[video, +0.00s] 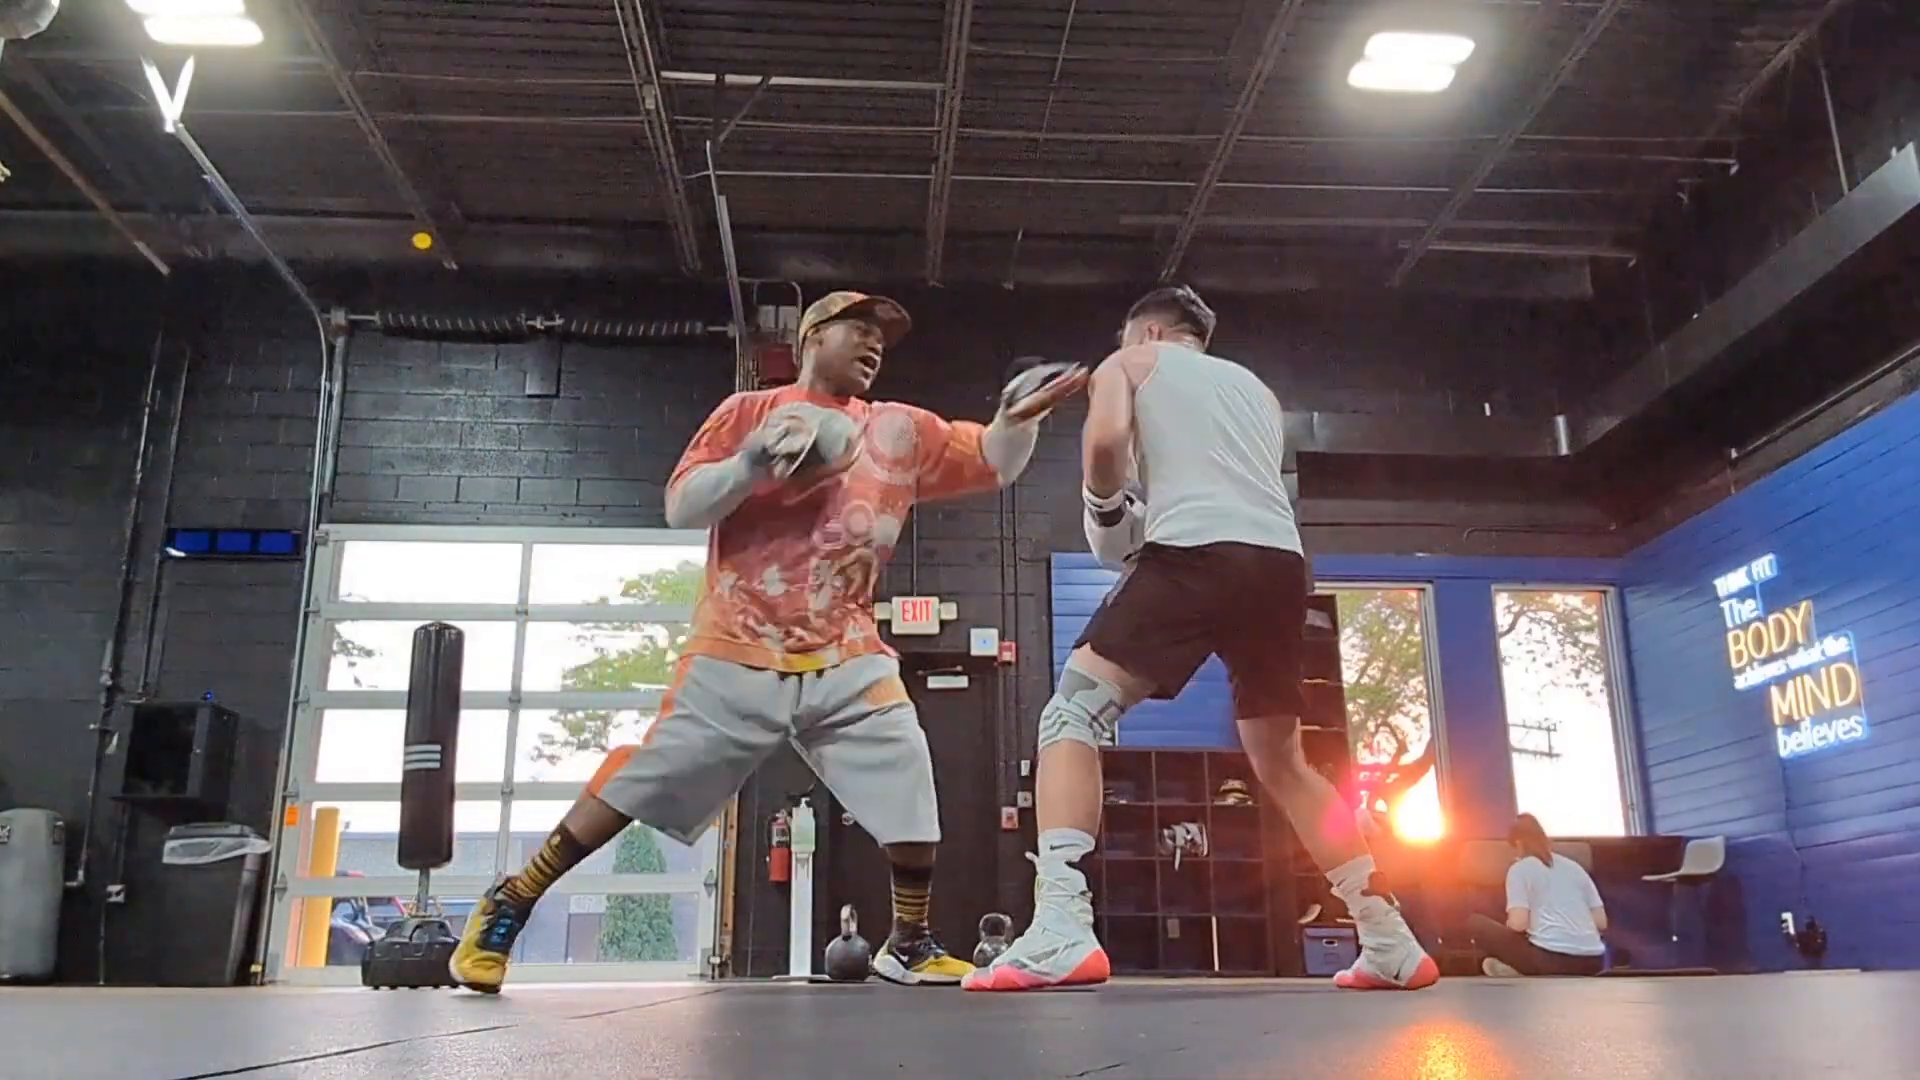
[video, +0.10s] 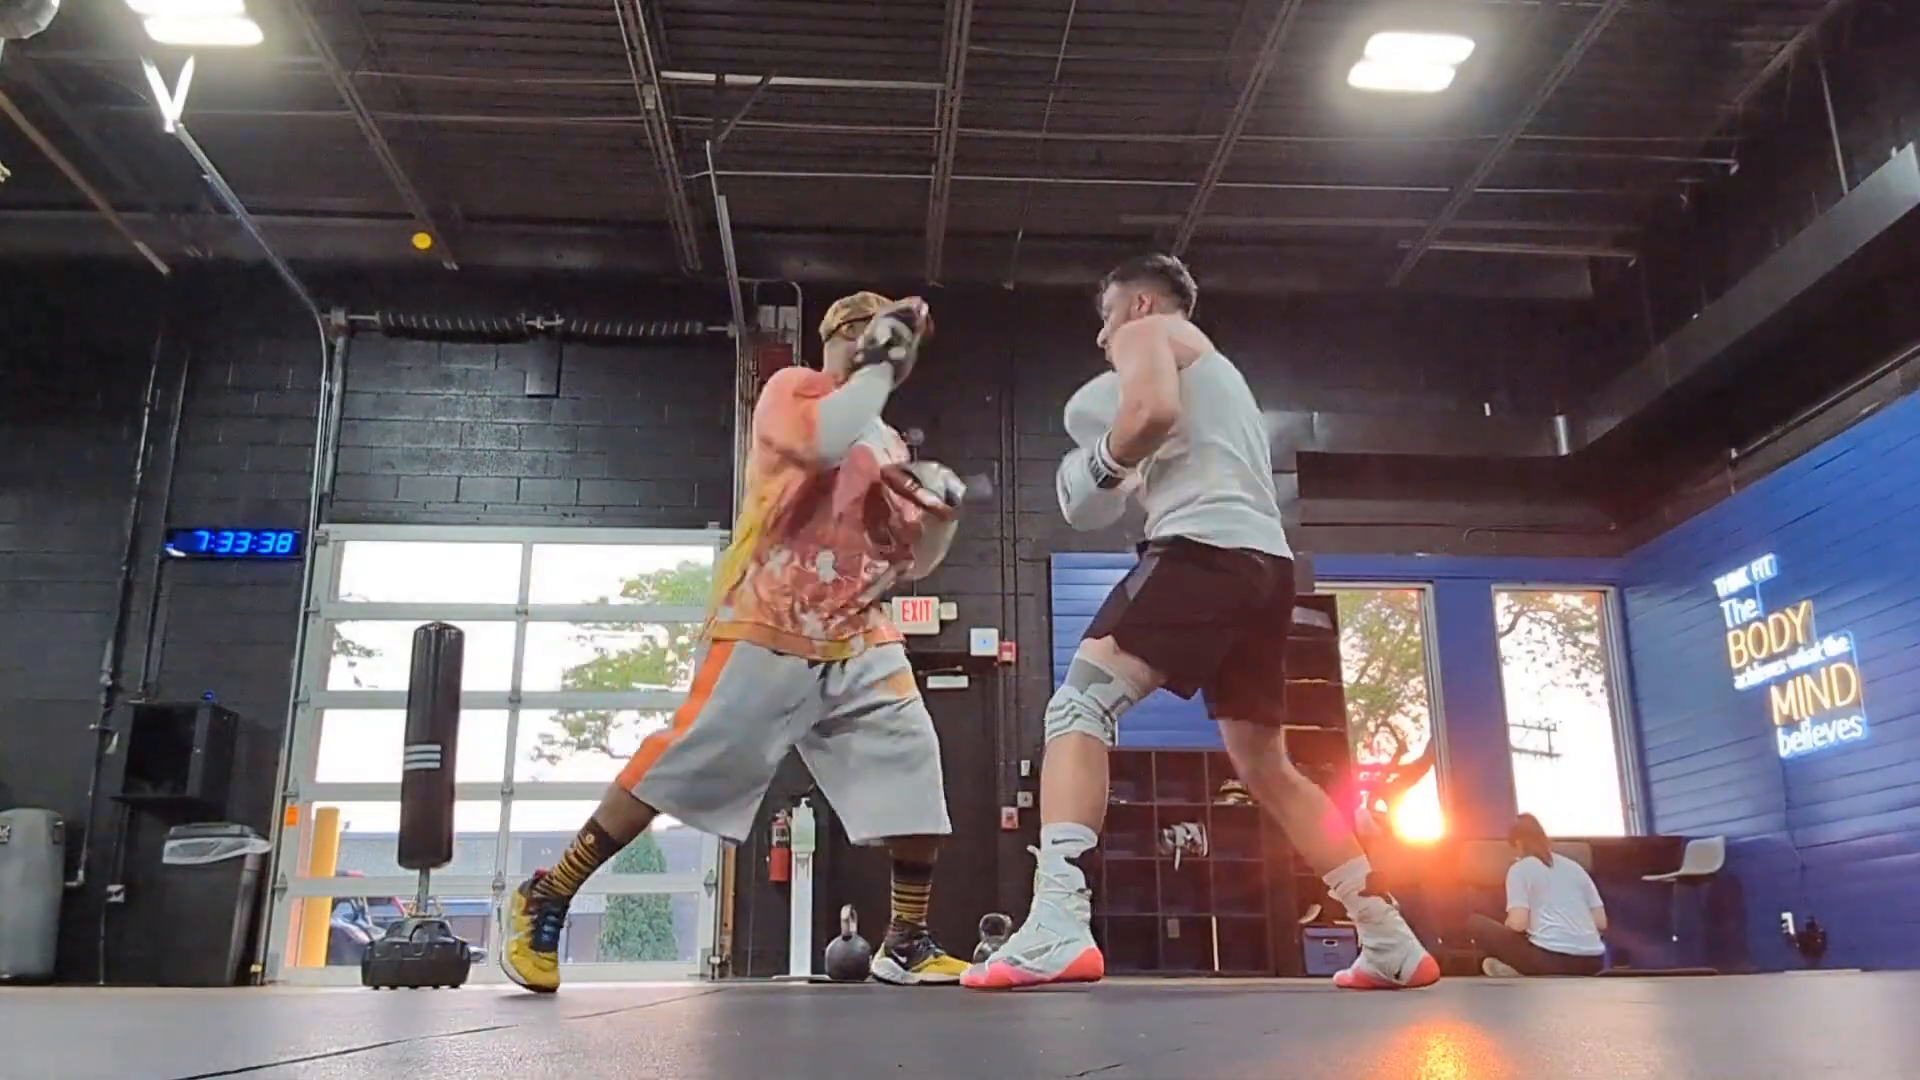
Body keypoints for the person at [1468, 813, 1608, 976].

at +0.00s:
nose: (1514, 852)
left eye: (1513, 847)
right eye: (1512, 848)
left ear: (1519, 844)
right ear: (1543, 839)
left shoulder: (1520, 870)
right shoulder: (1575, 868)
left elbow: (1518, 924)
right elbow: (1600, 921)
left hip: (1550, 961)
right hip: (1592, 962)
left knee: (1475, 923)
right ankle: (1511, 965)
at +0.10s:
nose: (1514, 853)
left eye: (1513, 847)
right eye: (1512, 848)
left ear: (1519, 844)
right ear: (1543, 839)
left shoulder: (1520, 870)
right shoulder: (1575, 868)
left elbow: (1518, 923)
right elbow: (1600, 921)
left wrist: (1508, 924)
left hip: (1550, 961)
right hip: (1592, 962)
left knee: (1475, 923)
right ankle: (1511, 965)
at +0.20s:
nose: (1514, 853)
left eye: (1513, 848)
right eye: (1513, 848)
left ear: (1519, 844)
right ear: (1543, 839)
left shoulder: (1520, 870)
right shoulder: (1575, 867)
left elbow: (1519, 924)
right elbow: (1600, 922)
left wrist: (1508, 921)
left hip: (1550, 961)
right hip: (1592, 962)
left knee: (1475, 923)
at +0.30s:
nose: (1515, 853)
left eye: (1514, 848)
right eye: (1513, 848)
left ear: (1519, 844)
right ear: (1543, 839)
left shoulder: (1520, 870)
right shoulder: (1575, 867)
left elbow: (1519, 924)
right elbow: (1601, 922)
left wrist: (1508, 920)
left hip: (1550, 961)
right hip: (1592, 962)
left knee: (1475, 923)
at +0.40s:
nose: (1514, 853)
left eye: (1513, 848)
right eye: (1513, 848)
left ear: (1519, 844)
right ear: (1544, 840)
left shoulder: (1520, 870)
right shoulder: (1575, 867)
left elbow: (1519, 924)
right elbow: (1601, 922)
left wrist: (1508, 920)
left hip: (1550, 961)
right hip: (1592, 962)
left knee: (1475, 923)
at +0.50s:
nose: (1515, 853)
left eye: (1513, 848)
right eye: (1513, 848)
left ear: (1518, 844)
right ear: (1544, 839)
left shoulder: (1520, 869)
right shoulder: (1575, 867)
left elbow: (1519, 924)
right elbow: (1601, 922)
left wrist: (1508, 920)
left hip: (1550, 961)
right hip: (1592, 962)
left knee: (1475, 923)